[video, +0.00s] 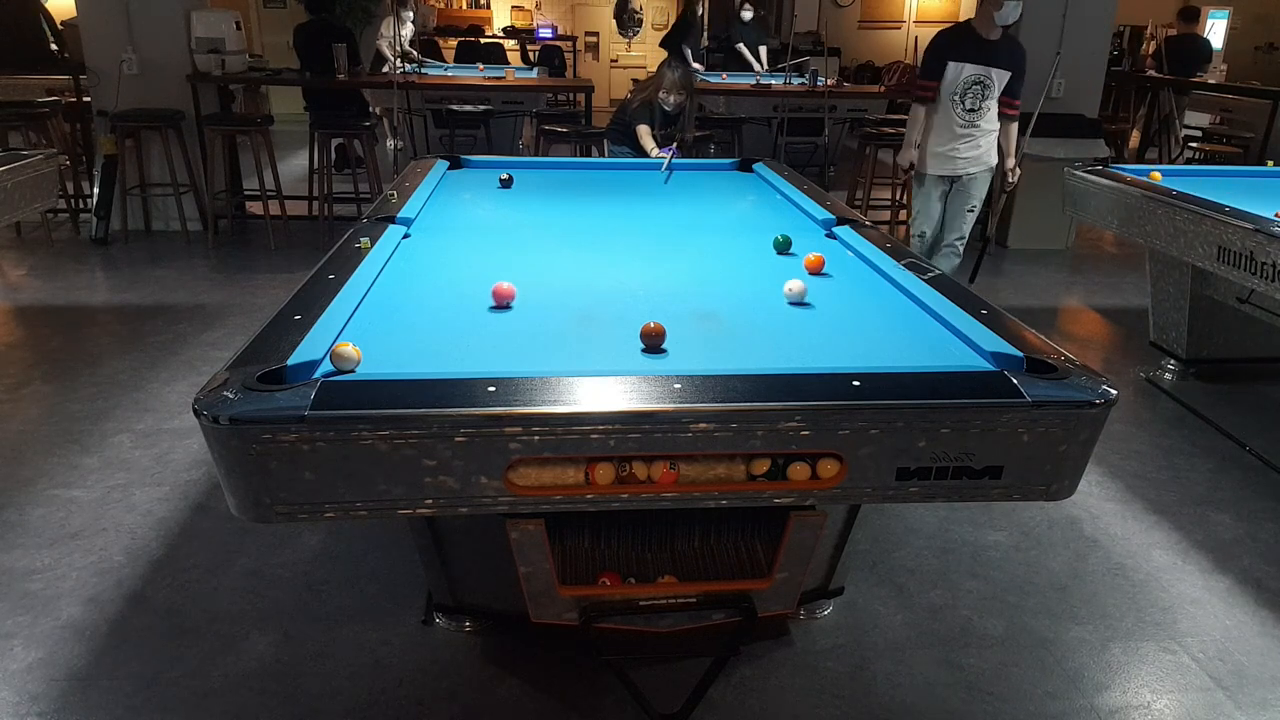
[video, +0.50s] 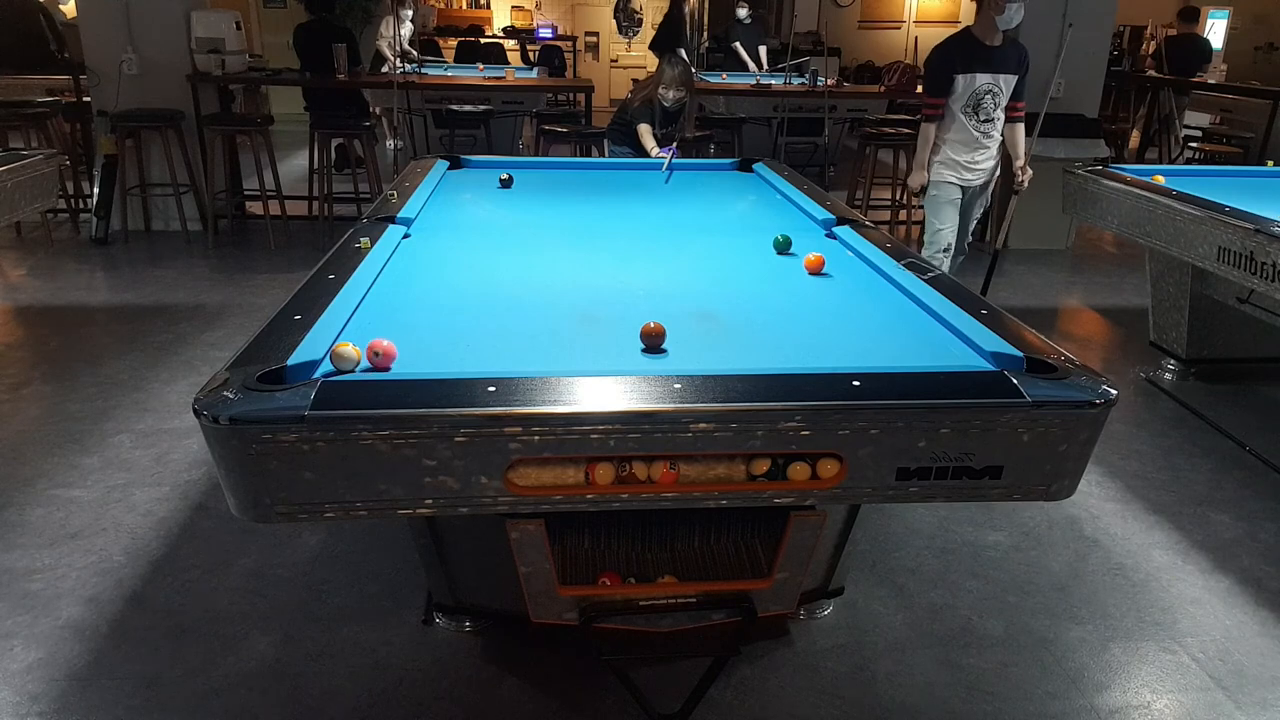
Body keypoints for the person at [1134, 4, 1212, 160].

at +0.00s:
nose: (1175, 24)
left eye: (1176, 21)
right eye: (1176, 21)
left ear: (1179, 21)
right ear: (1197, 22)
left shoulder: (1169, 41)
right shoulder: (1205, 44)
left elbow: (1150, 64)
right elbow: (1204, 70)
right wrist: (1187, 67)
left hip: (1163, 91)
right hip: (1184, 92)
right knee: (1175, 127)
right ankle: (1169, 161)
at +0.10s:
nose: (1175, 24)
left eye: (1176, 21)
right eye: (1176, 21)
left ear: (1179, 21)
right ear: (1197, 22)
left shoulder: (1169, 41)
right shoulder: (1205, 44)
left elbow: (1150, 63)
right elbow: (1204, 69)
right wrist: (1188, 66)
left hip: (1163, 90)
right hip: (1184, 92)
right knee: (1175, 126)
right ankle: (1169, 161)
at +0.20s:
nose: (1175, 24)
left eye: (1176, 21)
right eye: (1176, 21)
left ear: (1178, 21)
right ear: (1197, 22)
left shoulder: (1169, 41)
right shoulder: (1205, 44)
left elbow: (1150, 63)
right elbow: (1204, 70)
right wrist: (1187, 67)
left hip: (1163, 91)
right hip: (1185, 92)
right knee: (1175, 126)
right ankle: (1170, 160)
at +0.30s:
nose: (1176, 24)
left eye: (1176, 21)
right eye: (1177, 22)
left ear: (1178, 21)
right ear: (1197, 22)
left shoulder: (1168, 41)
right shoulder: (1205, 43)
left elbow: (1150, 64)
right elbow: (1205, 69)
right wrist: (1187, 66)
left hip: (1162, 92)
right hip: (1183, 93)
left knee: (1142, 126)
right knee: (1173, 129)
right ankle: (1169, 164)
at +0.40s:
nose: (1176, 24)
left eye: (1176, 21)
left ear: (1178, 21)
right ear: (1197, 22)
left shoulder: (1168, 41)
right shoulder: (1205, 43)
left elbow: (1150, 64)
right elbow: (1205, 69)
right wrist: (1187, 66)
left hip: (1162, 92)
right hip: (1183, 92)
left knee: (1142, 126)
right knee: (1174, 129)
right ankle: (1170, 163)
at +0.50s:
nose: (1176, 24)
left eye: (1177, 21)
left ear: (1178, 21)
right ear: (1197, 22)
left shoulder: (1168, 41)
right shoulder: (1205, 43)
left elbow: (1150, 64)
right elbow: (1205, 70)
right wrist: (1187, 67)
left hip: (1162, 91)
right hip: (1183, 93)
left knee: (1142, 125)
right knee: (1173, 129)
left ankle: (1131, 159)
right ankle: (1169, 164)